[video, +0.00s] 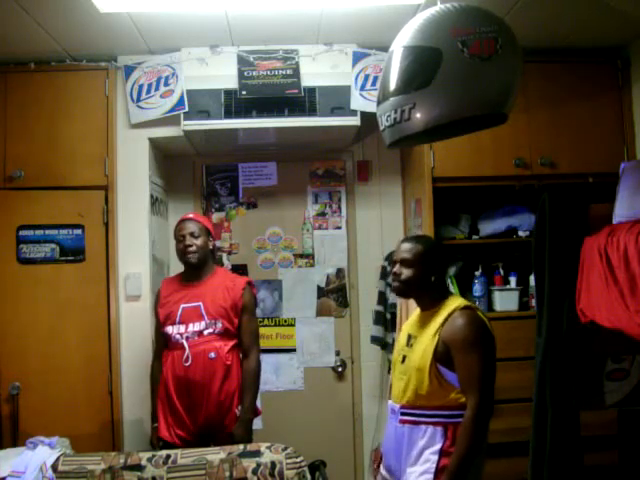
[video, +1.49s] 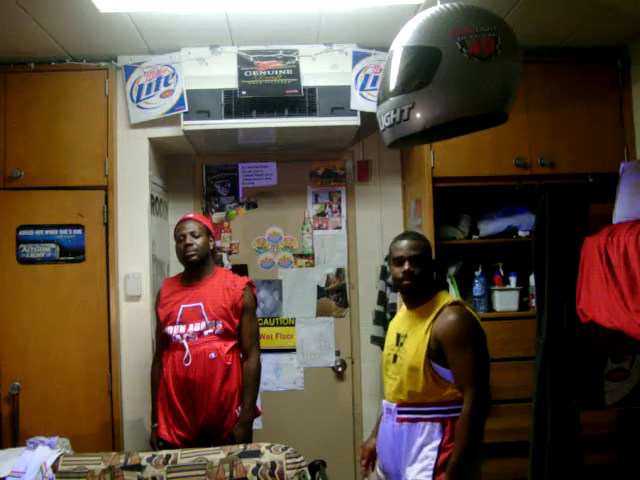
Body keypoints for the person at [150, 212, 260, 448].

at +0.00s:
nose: (187, 243)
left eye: (195, 236)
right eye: (180, 238)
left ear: (210, 242)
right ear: (176, 247)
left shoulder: (237, 287)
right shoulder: (167, 289)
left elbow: (251, 354)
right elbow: (160, 355)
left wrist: (245, 417)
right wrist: (157, 419)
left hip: (225, 416)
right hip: (176, 417)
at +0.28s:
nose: (187, 241)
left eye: (194, 234)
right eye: (180, 237)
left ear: (211, 241)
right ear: (176, 247)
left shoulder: (237, 288)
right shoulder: (167, 289)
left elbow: (251, 354)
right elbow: (160, 355)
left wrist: (246, 417)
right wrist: (157, 419)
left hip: (225, 416)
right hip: (176, 417)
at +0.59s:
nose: (187, 243)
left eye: (195, 236)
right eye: (180, 239)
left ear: (211, 242)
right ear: (176, 247)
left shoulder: (237, 288)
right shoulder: (167, 290)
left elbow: (251, 354)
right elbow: (160, 355)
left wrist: (245, 417)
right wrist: (157, 419)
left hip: (225, 416)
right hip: (176, 416)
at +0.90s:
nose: (187, 241)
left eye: (195, 234)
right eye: (180, 237)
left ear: (211, 242)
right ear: (176, 248)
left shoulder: (237, 288)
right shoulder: (167, 289)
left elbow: (251, 355)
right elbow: (160, 355)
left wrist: (245, 417)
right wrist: (157, 420)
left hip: (225, 416)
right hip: (176, 416)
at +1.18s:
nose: (187, 242)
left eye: (195, 235)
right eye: (180, 238)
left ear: (211, 242)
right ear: (176, 248)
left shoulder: (237, 288)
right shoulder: (167, 290)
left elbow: (251, 355)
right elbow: (160, 355)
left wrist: (246, 417)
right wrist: (157, 419)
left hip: (225, 416)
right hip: (176, 416)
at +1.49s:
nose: (187, 241)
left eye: (195, 235)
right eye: (180, 238)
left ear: (211, 242)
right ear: (176, 248)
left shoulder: (237, 288)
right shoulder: (167, 290)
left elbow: (251, 355)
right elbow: (160, 355)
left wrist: (246, 417)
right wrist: (157, 419)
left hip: (225, 416)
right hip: (176, 416)